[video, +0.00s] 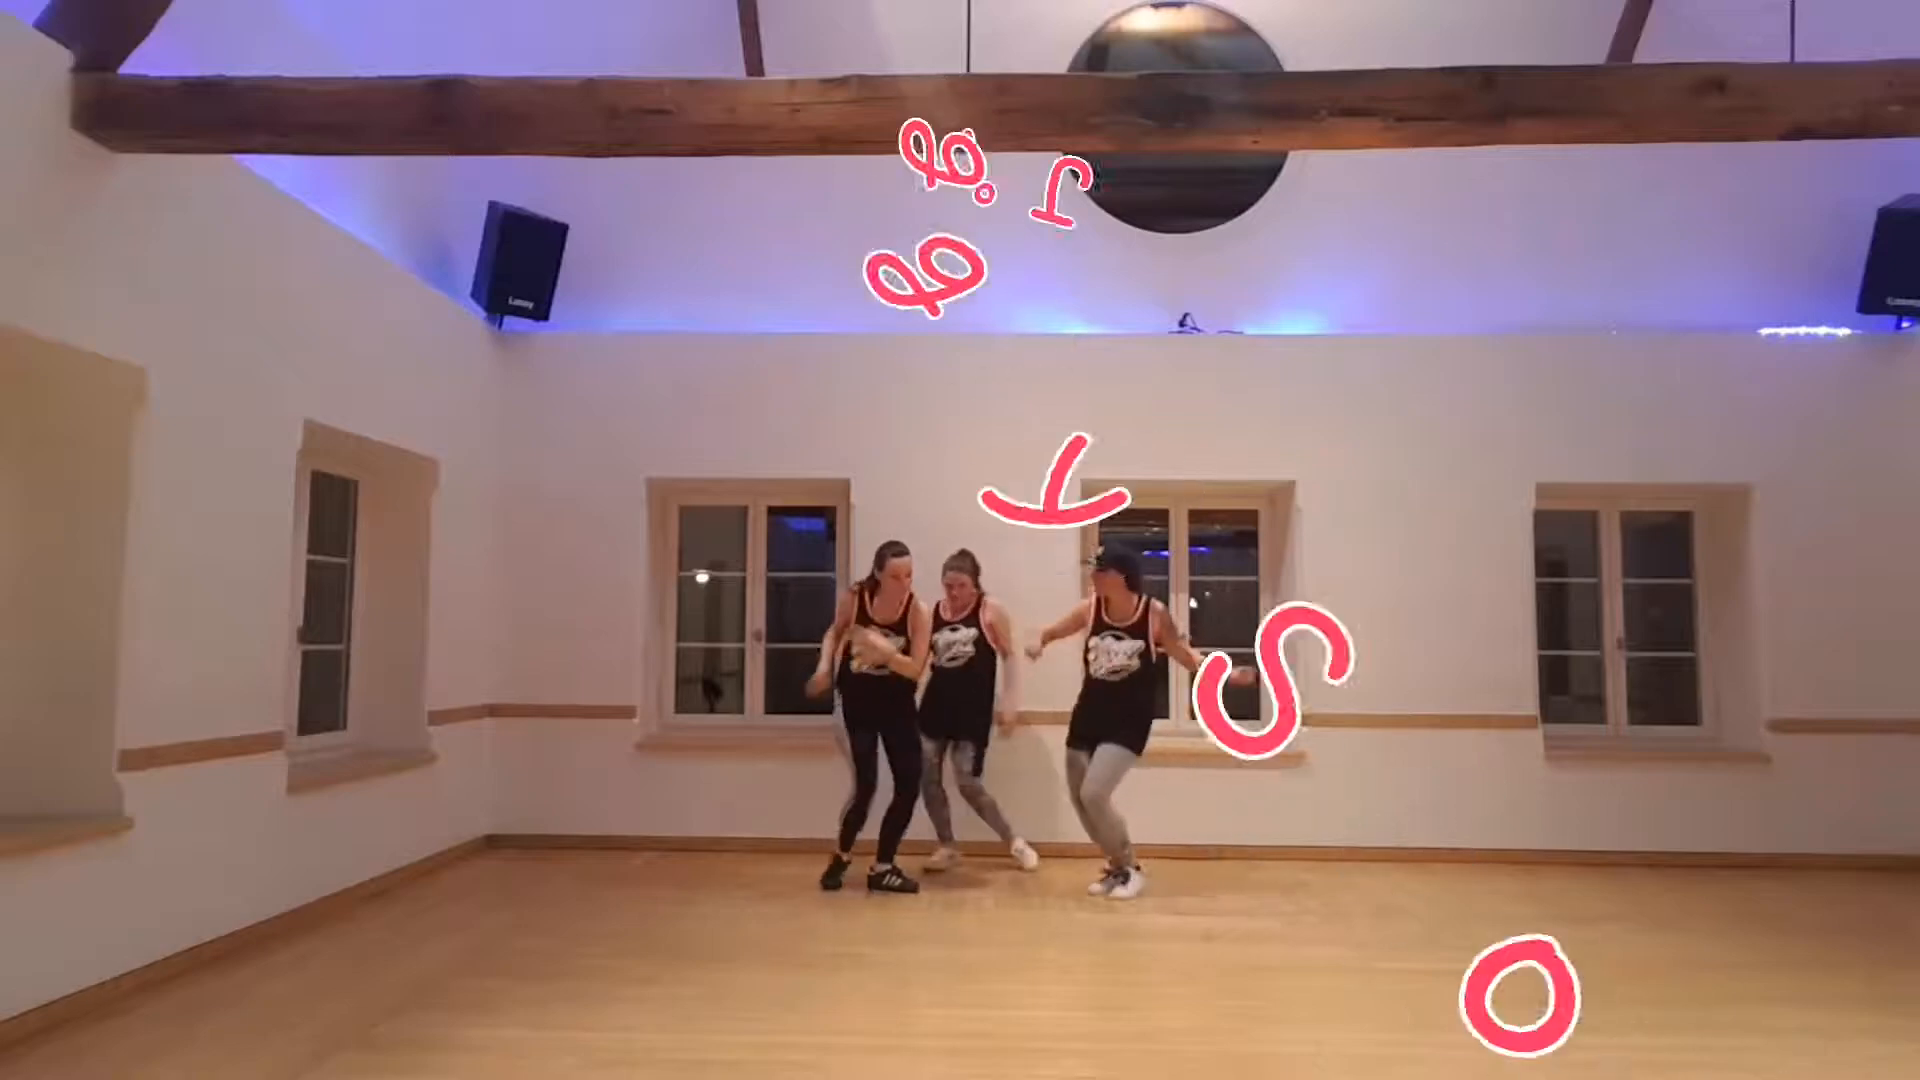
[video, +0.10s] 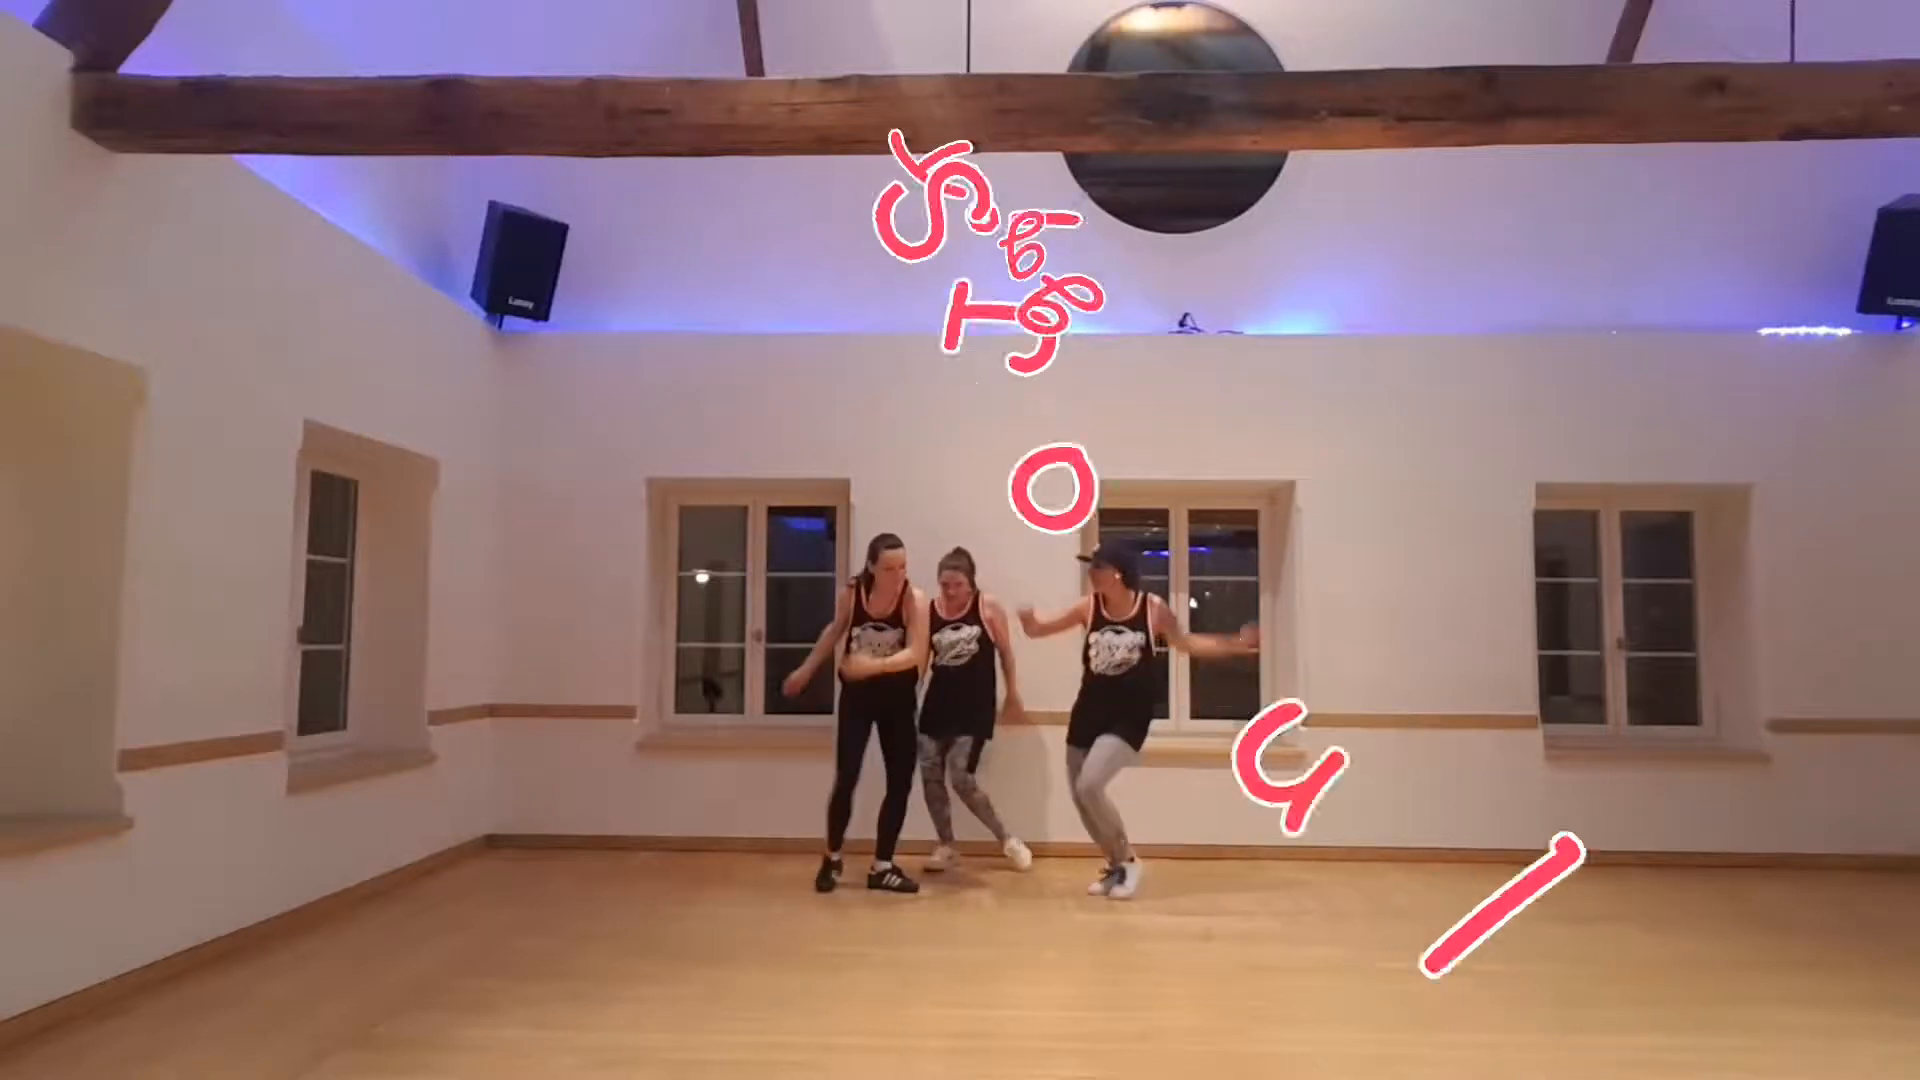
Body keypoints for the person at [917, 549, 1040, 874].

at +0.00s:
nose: (953, 592)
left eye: (960, 586)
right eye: (948, 585)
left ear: (976, 585)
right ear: (942, 583)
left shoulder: (991, 613)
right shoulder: (932, 613)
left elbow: (1010, 657)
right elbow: (918, 658)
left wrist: (1010, 704)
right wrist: (903, 695)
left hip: (973, 706)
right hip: (936, 702)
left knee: (968, 784)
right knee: (928, 778)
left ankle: (1013, 842)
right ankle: (947, 845)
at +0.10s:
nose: (951, 591)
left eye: (957, 585)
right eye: (945, 584)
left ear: (972, 582)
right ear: (939, 582)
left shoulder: (987, 607)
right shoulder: (928, 610)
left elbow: (1005, 652)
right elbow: (921, 658)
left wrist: (1012, 696)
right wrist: (904, 690)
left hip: (976, 701)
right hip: (939, 698)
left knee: (958, 776)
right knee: (930, 774)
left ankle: (1006, 840)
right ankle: (945, 844)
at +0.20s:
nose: (950, 586)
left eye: (957, 580)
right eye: (945, 580)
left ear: (970, 578)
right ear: (938, 578)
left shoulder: (986, 601)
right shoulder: (927, 608)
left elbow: (1010, 638)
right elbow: (922, 661)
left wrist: (1027, 676)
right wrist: (923, 711)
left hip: (980, 699)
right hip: (941, 701)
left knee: (973, 770)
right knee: (937, 776)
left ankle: (1004, 840)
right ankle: (945, 844)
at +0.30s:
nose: (949, 584)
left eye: (955, 577)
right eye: (944, 577)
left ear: (969, 574)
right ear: (936, 574)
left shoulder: (985, 593)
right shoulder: (928, 606)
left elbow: (1015, 622)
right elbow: (928, 659)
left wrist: (1039, 653)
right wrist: (934, 709)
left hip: (989, 696)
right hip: (948, 700)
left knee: (993, 766)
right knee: (940, 772)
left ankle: (1006, 843)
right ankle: (944, 842)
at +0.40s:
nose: (955, 587)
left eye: (961, 580)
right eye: (949, 580)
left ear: (973, 576)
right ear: (941, 577)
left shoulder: (988, 595)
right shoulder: (929, 612)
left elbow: (1021, 616)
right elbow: (934, 663)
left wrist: (1049, 641)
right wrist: (940, 710)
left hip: (997, 695)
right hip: (956, 698)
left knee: (1004, 769)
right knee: (941, 769)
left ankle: (1008, 844)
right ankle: (945, 843)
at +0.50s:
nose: (963, 592)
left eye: (969, 585)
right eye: (958, 586)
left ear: (980, 578)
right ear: (948, 581)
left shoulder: (991, 597)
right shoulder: (938, 614)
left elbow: (1028, 620)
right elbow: (938, 669)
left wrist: (1063, 642)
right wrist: (941, 719)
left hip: (1004, 697)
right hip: (963, 701)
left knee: (1009, 771)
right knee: (943, 768)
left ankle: (1008, 846)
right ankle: (947, 844)